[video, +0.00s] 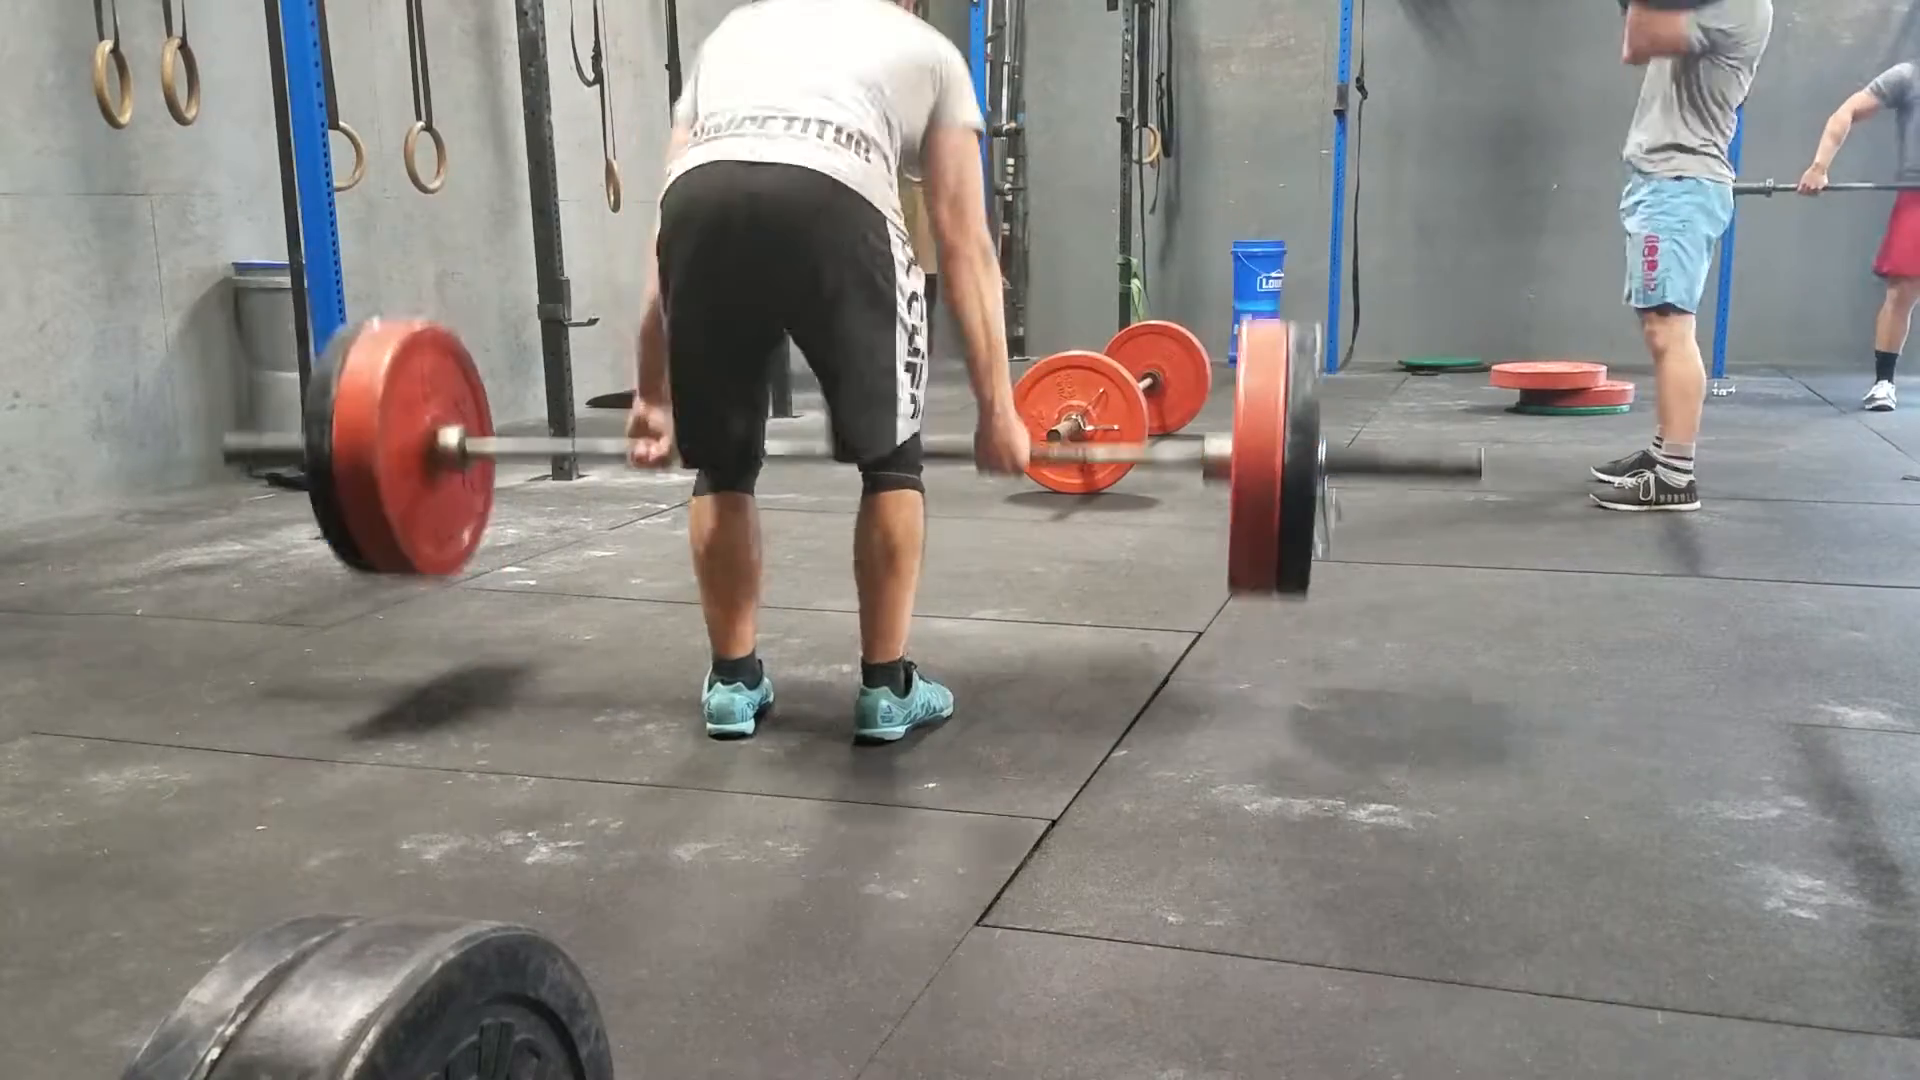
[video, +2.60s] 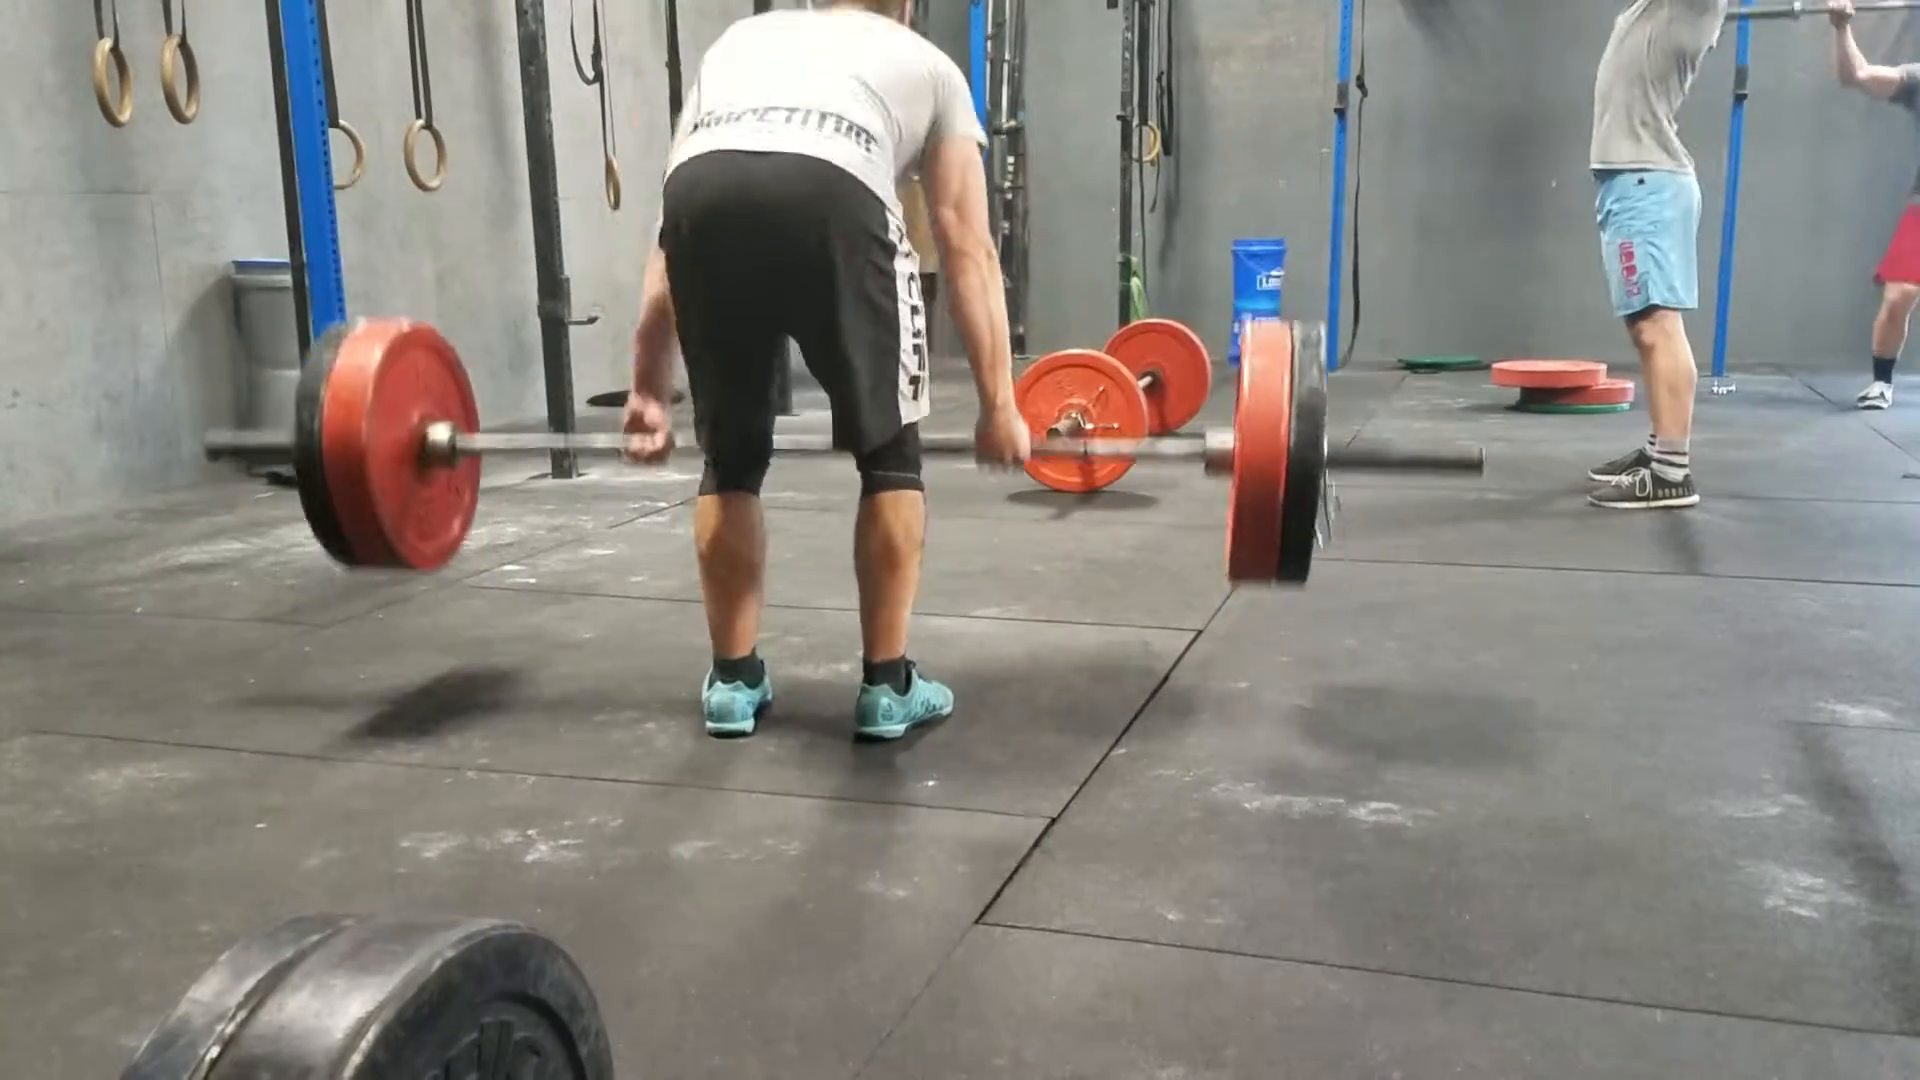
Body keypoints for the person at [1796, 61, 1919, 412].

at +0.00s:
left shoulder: (1906, 77)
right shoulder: (1908, 76)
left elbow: (1847, 113)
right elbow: (1847, 111)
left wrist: (1819, 166)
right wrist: (1818, 166)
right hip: (1912, 197)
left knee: (1903, 291)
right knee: (1902, 290)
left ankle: (1884, 383)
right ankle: (1884, 382)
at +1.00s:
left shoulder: (1913, 116)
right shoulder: (1915, 115)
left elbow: (1864, 165)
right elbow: (1864, 165)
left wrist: (1825, 221)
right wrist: (1825, 221)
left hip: (1913, 205)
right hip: (1915, 204)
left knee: (1898, 290)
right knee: (1897, 288)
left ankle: (1881, 383)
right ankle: (1881, 383)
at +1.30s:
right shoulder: (1911, 166)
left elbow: (1860, 216)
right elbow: (1860, 217)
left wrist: (1822, 273)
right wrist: (1822, 272)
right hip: (1913, 210)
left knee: (1891, 286)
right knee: (1888, 285)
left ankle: (1880, 380)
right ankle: (1880, 381)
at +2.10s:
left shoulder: (1914, 125)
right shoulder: (1918, 123)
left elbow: (1863, 164)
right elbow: (1862, 164)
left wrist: (1831, 222)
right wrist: (1831, 222)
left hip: (1913, 206)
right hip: (1916, 204)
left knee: (1894, 291)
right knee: (1891, 291)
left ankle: (1882, 383)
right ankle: (1882, 383)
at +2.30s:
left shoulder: (1912, 80)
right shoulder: (1915, 78)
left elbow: (1866, 117)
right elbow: (1867, 116)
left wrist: (1837, 169)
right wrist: (1837, 168)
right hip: (1917, 200)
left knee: (1905, 282)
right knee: (1904, 281)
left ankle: (1882, 377)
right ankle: (1882, 378)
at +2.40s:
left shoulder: (1914, 59)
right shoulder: (1917, 57)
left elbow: (1862, 82)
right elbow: (1862, 82)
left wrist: (1840, 106)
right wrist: (1841, 107)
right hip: (1918, 179)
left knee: (1906, 272)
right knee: (1904, 270)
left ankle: (1881, 373)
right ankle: (1881, 373)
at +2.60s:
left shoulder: (1915, 81)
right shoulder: (1919, 82)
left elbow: (1857, 74)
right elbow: (1856, 75)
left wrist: (1843, 27)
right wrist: (1842, 25)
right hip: (1919, 205)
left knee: (1902, 294)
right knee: (1900, 294)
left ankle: (1883, 380)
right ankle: (1881, 383)